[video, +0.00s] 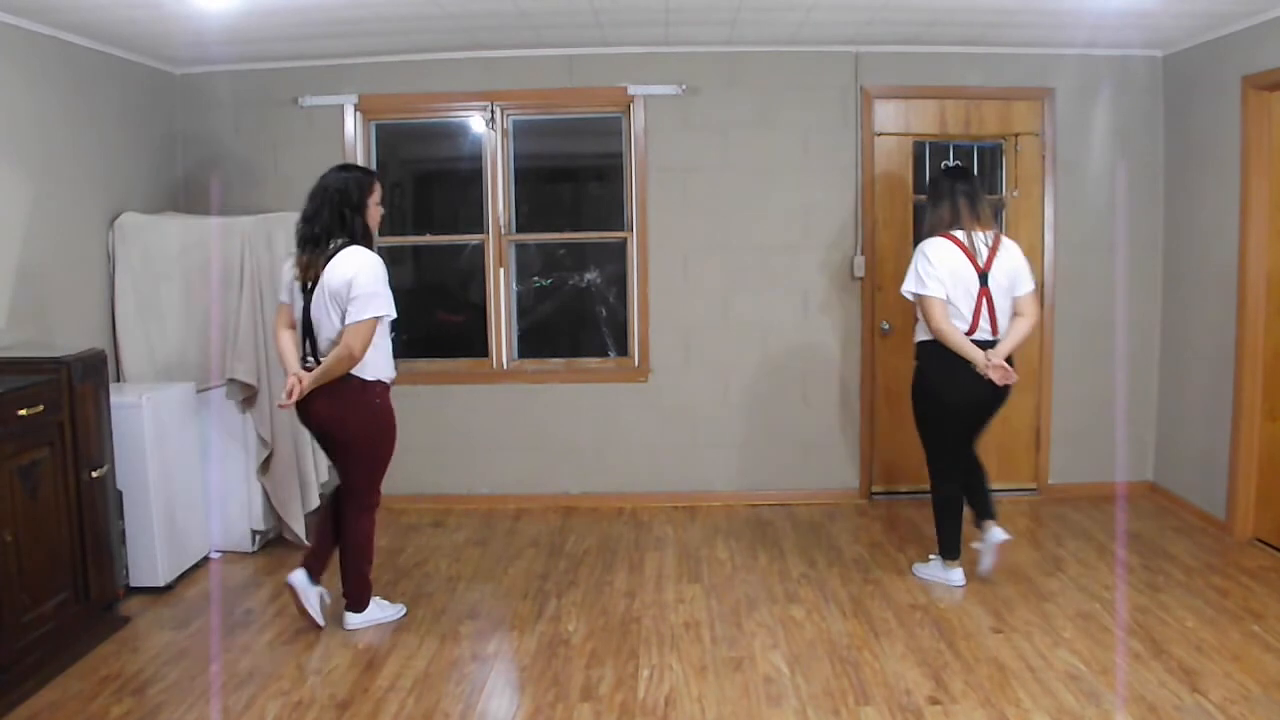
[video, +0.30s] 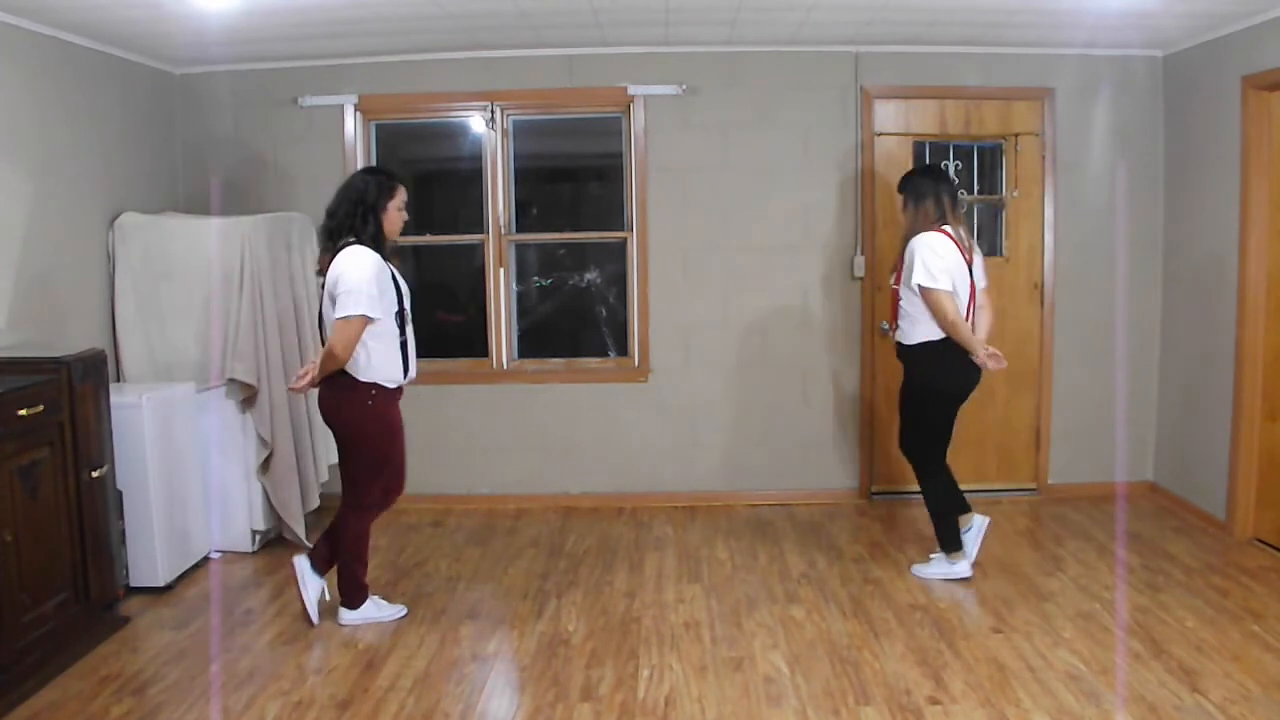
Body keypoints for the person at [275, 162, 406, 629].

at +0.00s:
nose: (382, 213)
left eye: (381, 203)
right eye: (377, 204)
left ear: (327, 207)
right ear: (355, 208)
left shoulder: (304, 262)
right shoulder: (366, 265)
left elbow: (285, 326)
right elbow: (352, 348)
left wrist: (295, 372)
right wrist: (310, 379)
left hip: (317, 397)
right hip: (359, 399)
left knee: (351, 486)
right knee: (362, 500)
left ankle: (309, 573)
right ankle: (359, 605)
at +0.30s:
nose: (405, 217)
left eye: (405, 208)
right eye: (399, 208)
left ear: (369, 209)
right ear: (374, 209)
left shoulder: (363, 259)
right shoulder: (360, 263)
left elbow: (340, 341)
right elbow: (341, 348)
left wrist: (319, 364)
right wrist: (319, 373)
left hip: (372, 393)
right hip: (359, 395)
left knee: (386, 486)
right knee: (364, 493)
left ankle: (316, 564)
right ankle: (354, 601)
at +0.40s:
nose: (416, 220)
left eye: (417, 211)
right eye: (410, 210)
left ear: (385, 214)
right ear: (384, 211)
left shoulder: (382, 263)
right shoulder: (364, 264)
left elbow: (361, 332)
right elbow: (341, 350)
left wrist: (326, 369)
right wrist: (324, 375)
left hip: (389, 393)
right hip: (363, 395)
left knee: (408, 486)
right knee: (366, 495)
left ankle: (328, 549)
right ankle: (354, 601)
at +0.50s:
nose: (430, 223)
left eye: (431, 214)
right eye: (424, 213)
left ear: (403, 215)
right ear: (398, 213)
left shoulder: (398, 263)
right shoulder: (372, 262)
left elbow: (372, 334)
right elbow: (344, 348)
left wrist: (335, 369)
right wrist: (335, 372)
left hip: (401, 394)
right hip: (371, 397)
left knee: (434, 480)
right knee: (367, 500)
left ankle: (365, 546)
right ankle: (353, 602)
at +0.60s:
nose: (446, 225)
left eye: (447, 216)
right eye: (441, 215)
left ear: (422, 217)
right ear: (415, 214)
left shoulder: (415, 264)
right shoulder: (383, 263)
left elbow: (387, 332)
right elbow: (354, 344)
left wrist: (349, 367)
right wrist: (353, 369)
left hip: (419, 398)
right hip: (384, 400)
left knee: (460, 475)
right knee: (370, 502)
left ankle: (420, 567)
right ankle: (353, 601)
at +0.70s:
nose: (464, 229)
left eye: (466, 220)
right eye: (459, 219)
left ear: (444, 222)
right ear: (433, 217)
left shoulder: (437, 269)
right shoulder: (399, 266)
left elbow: (415, 339)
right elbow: (369, 345)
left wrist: (366, 368)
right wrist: (369, 367)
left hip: (440, 403)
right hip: (401, 405)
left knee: (474, 483)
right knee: (378, 502)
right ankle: (354, 600)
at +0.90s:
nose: (506, 225)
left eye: (507, 216)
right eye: (500, 215)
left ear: (491, 217)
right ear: (475, 215)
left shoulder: (485, 266)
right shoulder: (445, 265)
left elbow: (471, 339)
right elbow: (419, 346)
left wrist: (418, 370)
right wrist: (418, 372)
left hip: (489, 404)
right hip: (451, 407)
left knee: (508, 498)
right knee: (425, 499)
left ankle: (536, 588)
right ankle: (367, 586)